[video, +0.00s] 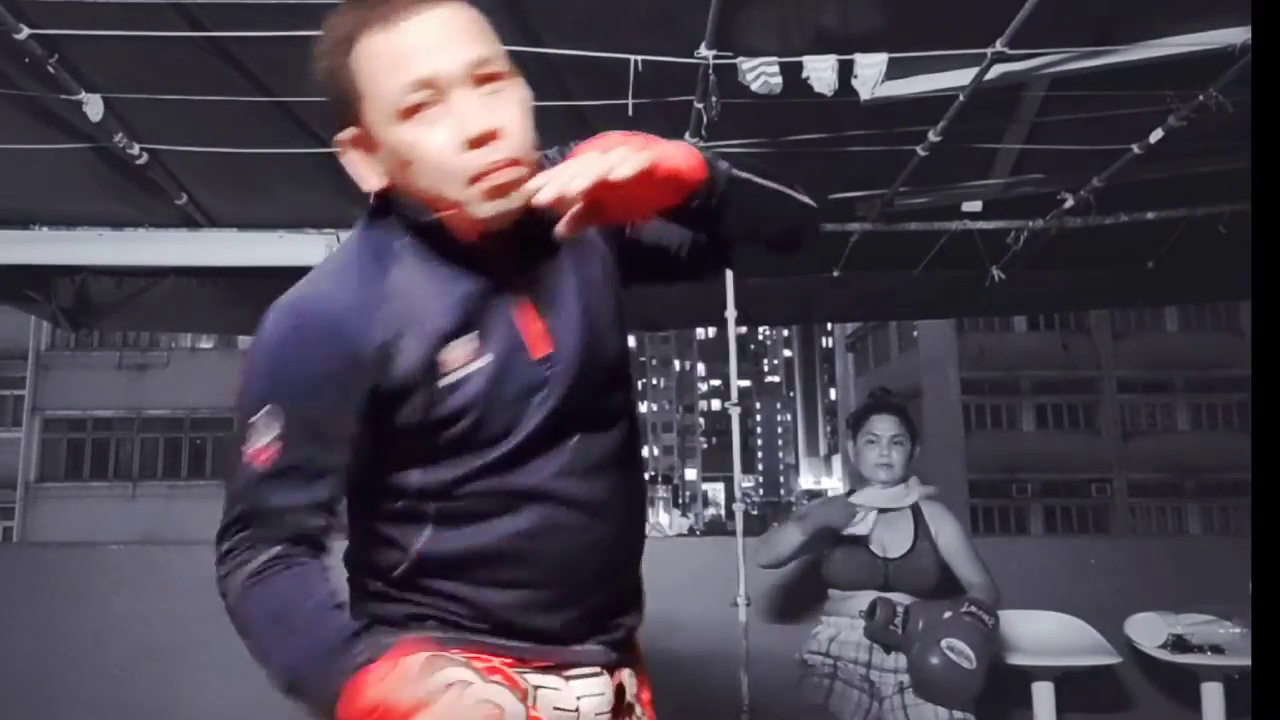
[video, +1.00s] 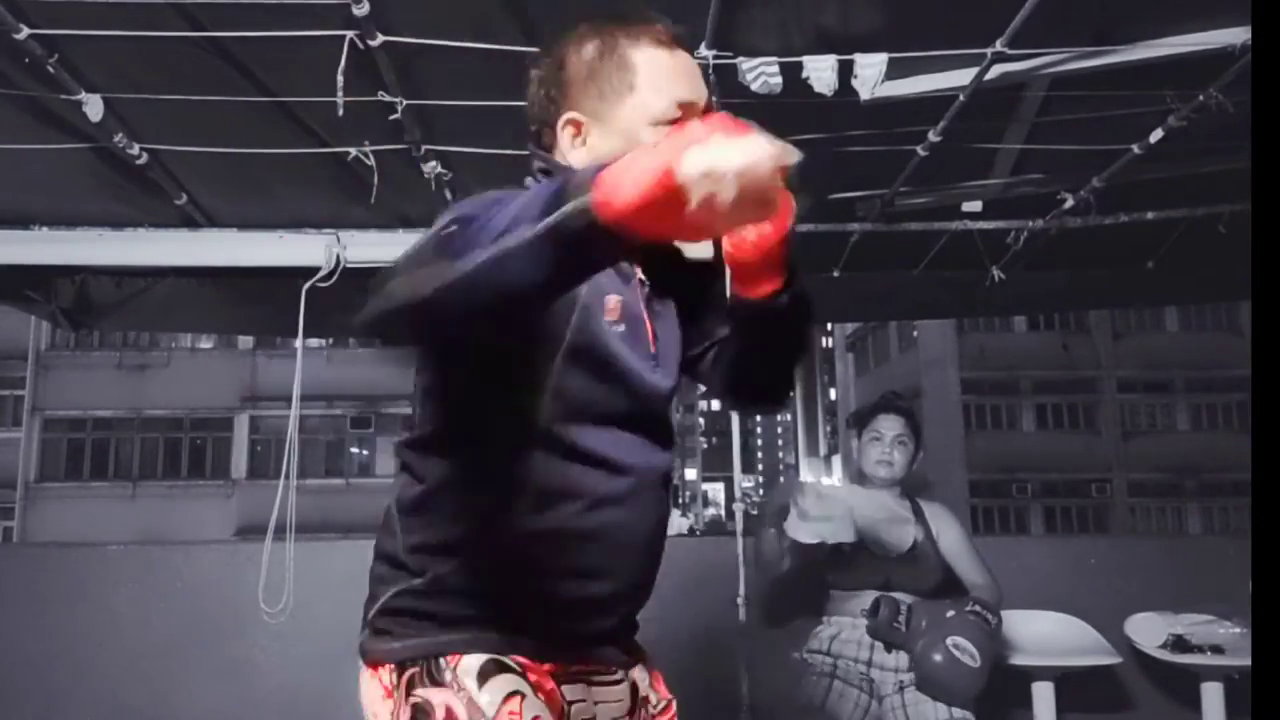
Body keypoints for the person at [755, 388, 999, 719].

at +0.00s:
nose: (885, 452)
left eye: (896, 442)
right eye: (871, 442)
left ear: (912, 452)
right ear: (852, 451)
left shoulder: (932, 514)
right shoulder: (831, 512)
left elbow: (982, 588)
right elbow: (763, 557)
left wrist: (966, 620)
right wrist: (812, 520)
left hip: (919, 667)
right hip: (839, 664)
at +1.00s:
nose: (887, 450)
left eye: (900, 443)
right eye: (875, 439)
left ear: (914, 457)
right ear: (855, 448)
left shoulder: (934, 516)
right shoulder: (827, 506)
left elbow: (984, 586)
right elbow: (771, 570)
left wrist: (976, 619)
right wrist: (770, 517)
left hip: (920, 664)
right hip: (840, 659)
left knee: (938, 715)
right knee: (837, 710)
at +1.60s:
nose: (883, 451)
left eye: (896, 443)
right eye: (871, 441)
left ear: (908, 456)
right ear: (849, 449)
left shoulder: (932, 518)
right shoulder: (820, 518)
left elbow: (983, 587)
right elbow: (775, 581)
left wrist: (973, 618)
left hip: (921, 667)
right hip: (839, 664)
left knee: (939, 715)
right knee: (823, 711)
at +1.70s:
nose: (882, 447)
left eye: (894, 440)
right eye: (870, 437)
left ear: (908, 456)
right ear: (849, 450)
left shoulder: (930, 518)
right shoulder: (820, 516)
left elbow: (984, 588)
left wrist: (975, 617)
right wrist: (866, 608)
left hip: (920, 667)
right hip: (839, 664)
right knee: (827, 711)